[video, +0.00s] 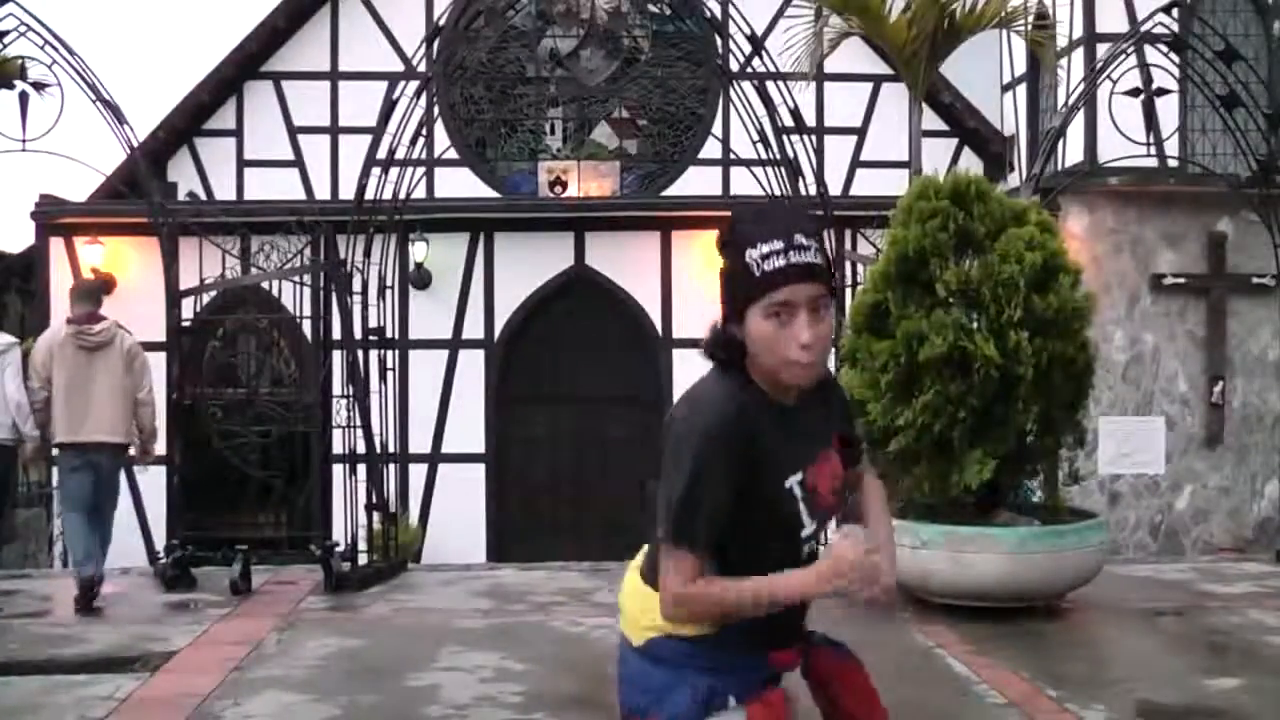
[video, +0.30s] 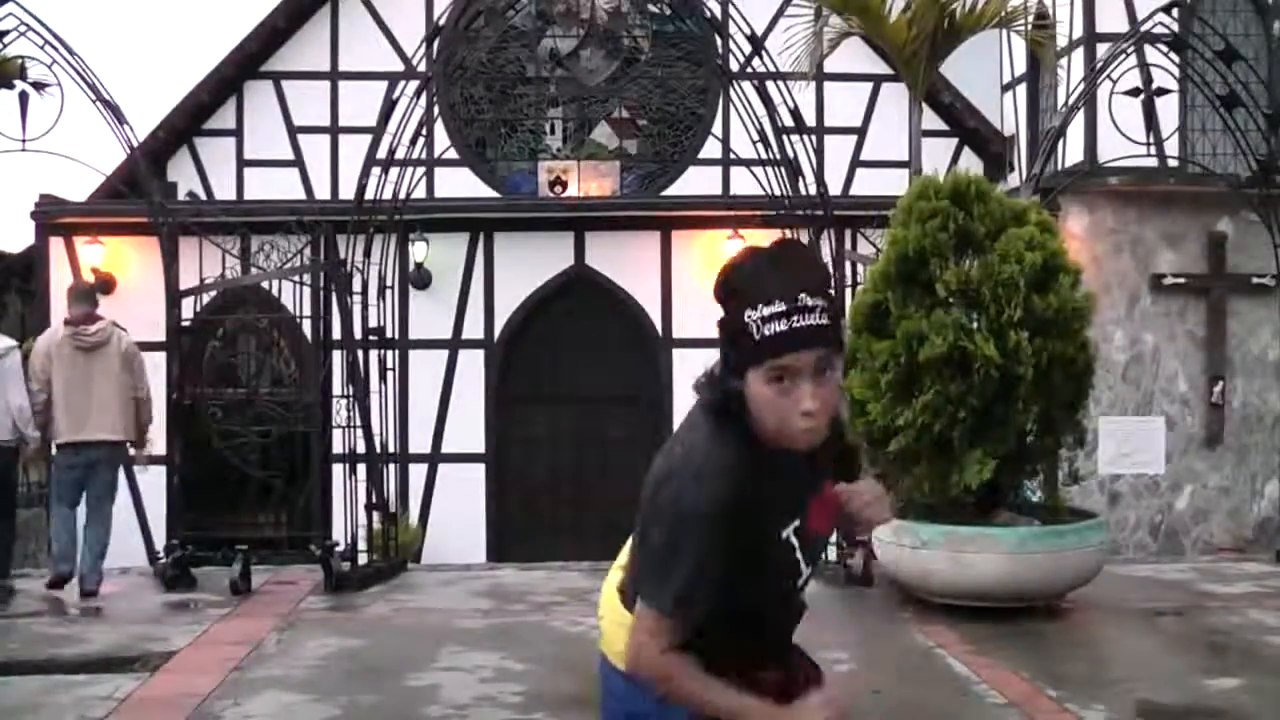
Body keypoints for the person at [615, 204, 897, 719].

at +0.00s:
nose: (806, 333)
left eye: (818, 310)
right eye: (780, 315)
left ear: (834, 315)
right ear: (738, 326)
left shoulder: (825, 396)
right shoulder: (710, 420)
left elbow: (863, 481)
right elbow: (678, 596)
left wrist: (880, 556)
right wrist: (817, 578)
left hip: (770, 638)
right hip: (684, 651)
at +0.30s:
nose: (810, 402)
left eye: (823, 372)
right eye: (780, 378)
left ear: (841, 368)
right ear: (736, 378)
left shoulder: (816, 421)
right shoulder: (703, 475)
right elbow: (646, 656)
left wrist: (864, 505)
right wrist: (776, 713)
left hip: (755, 651)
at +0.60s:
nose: (806, 354)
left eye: (823, 326)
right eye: (778, 329)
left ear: (844, 329)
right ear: (740, 337)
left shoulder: (840, 412)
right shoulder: (690, 439)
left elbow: (873, 504)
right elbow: (660, 613)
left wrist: (883, 589)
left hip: (758, 641)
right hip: (653, 650)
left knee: (829, 699)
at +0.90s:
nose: (811, 279)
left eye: (827, 259)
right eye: (787, 263)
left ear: (849, 272)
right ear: (756, 280)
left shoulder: (861, 383)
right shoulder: (711, 381)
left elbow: (916, 523)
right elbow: (642, 518)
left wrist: (896, 481)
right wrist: (757, 578)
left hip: (813, 643)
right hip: (703, 643)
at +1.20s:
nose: (822, 264)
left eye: (838, 248)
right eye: (801, 249)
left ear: (862, 264)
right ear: (775, 268)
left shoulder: (886, 380)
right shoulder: (729, 355)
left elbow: (942, 498)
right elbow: (666, 477)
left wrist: (905, 524)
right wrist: (764, 453)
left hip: (832, 617)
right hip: (722, 609)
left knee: (870, 709)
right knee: (716, 703)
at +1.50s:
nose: (814, 261)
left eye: (830, 245)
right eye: (794, 247)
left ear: (853, 264)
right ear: (769, 269)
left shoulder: (886, 379)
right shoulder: (723, 350)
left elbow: (929, 508)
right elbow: (648, 459)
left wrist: (873, 470)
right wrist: (708, 527)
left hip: (826, 610)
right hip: (711, 605)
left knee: (856, 707)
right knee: (694, 707)